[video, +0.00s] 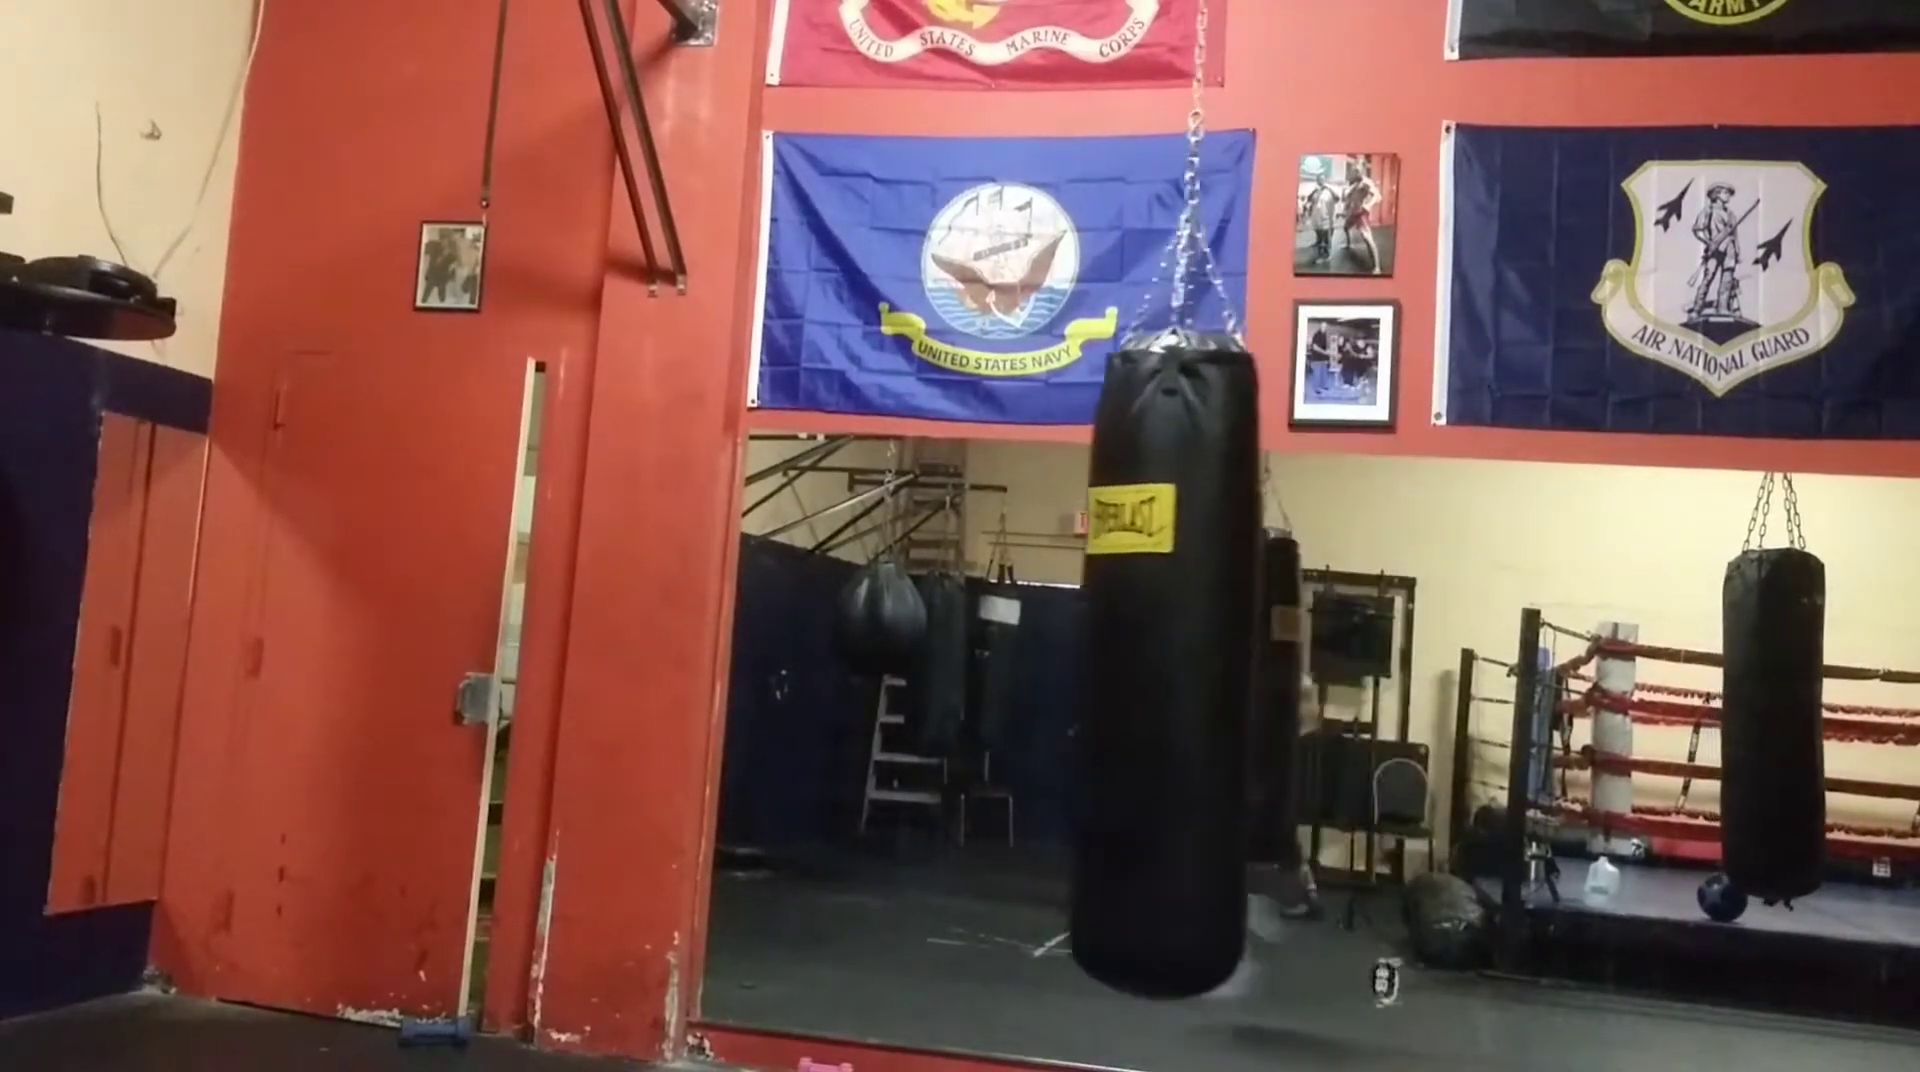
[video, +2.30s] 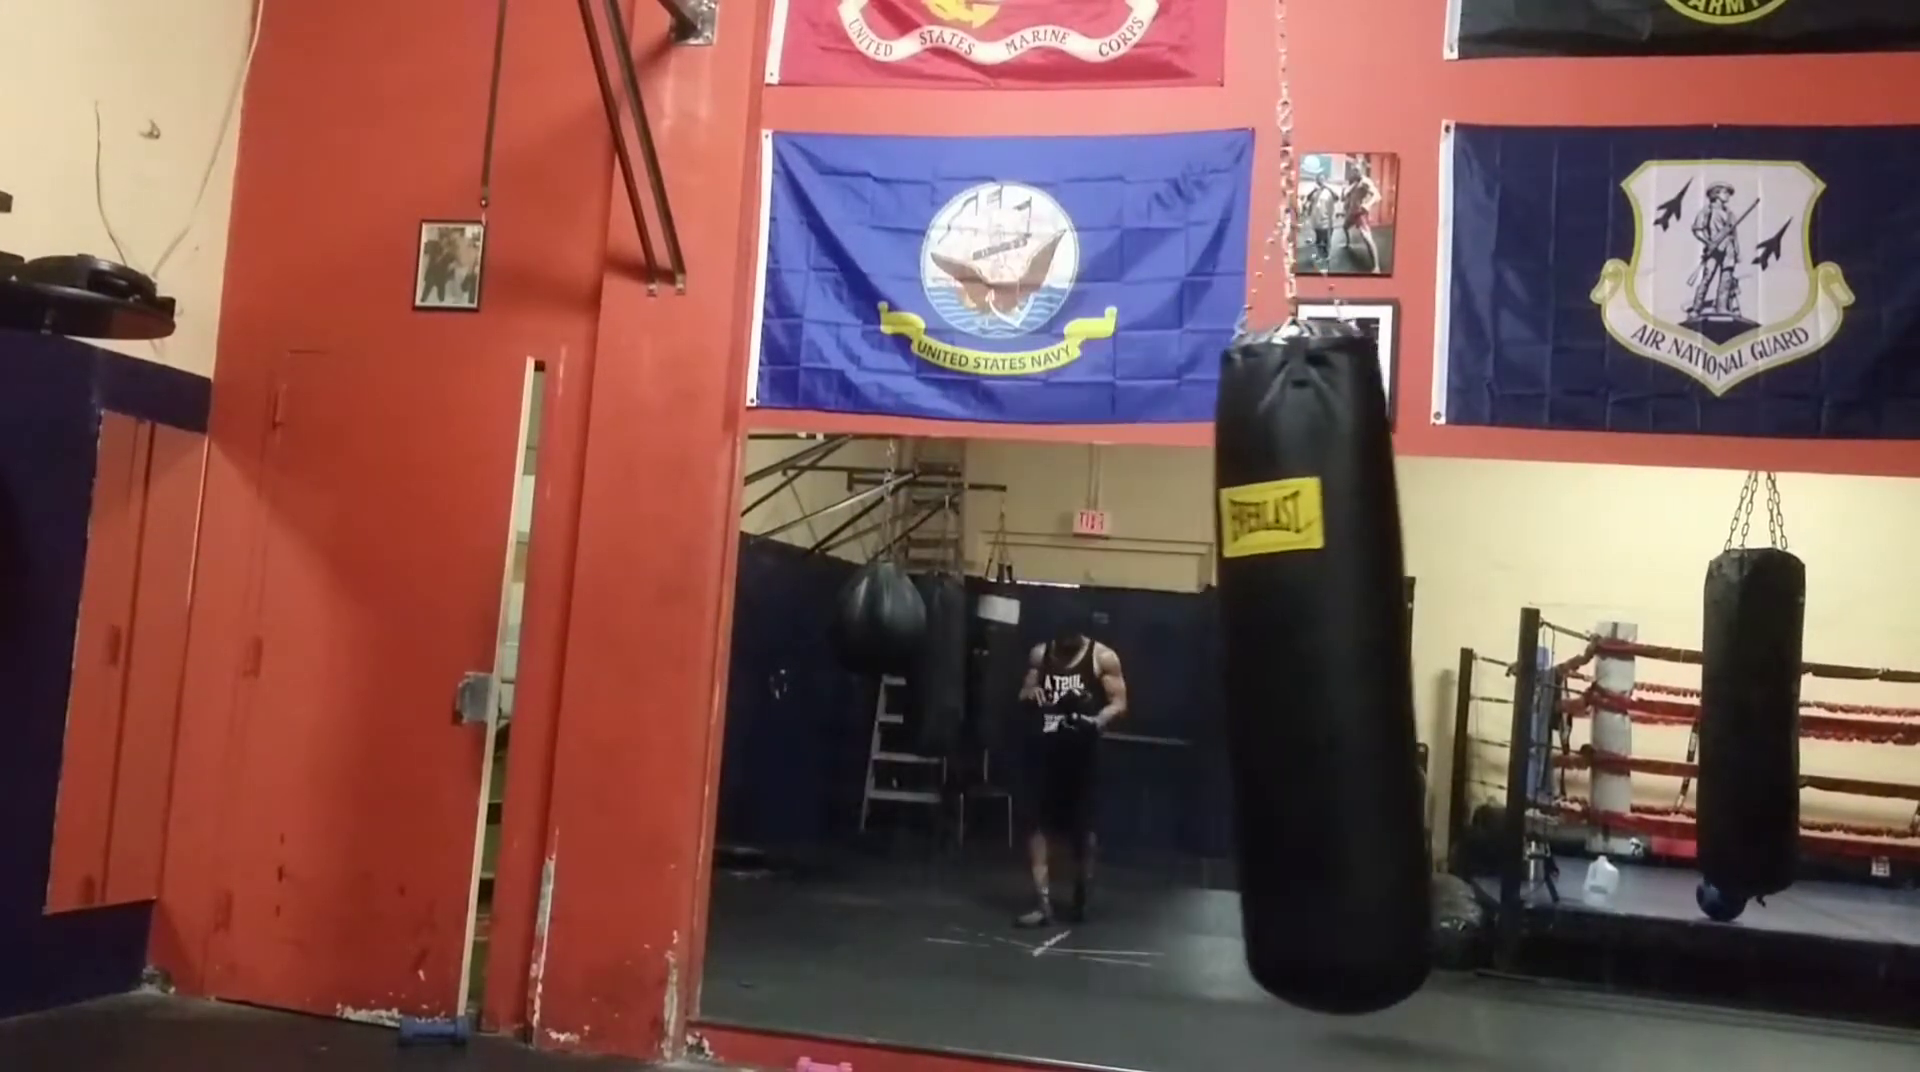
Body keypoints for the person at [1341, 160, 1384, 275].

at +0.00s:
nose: (1352, 175)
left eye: (1354, 172)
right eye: (1351, 172)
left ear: (1359, 173)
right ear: (1351, 174)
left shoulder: (1365, 183)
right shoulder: (1351, 186)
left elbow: (1377, 195)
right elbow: (1346, 200)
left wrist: (1367, 206)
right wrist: (1345, 212)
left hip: (1361, 212)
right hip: (1351, 212)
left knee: (1366, 236)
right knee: (1345, 228)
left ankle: (1376, 266)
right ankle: (1348, 244)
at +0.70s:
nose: (1353, 175)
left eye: (1355, 172)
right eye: (1352, 172)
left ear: (1359, 173)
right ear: (1351, 174)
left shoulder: (1365, 183)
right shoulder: (1351, 186)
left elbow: (1376, 196)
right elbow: (1345, 199)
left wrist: (1367, 207)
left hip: (1361, 212)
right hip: (1351, 213)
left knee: (1366, 237)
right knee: (1345, 228)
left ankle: (1376, 267)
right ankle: (1348, 245)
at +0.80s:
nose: (1353, 174)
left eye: (1356, 171)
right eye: (1352, 172)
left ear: (1360, 172)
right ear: (1351, 173)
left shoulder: (1365, 182)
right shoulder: (1352, 184)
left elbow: (1377, 195)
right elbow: (1344, 197)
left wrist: (1367, 206)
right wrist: (1352, 187)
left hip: (1361, 211)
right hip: (1352, 212)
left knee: (1367, 237)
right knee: (1345, 227)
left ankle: (1376, 266)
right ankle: (1348, 244)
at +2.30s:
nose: (1352, 173)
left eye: (1355, 170)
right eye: (1351, 170)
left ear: (1359, 171)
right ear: (1351, 171)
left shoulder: (1365, 182)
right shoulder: (1351, 184)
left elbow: (1376, 195)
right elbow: (1344, 198)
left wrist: (1367, 205)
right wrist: (1344, 193)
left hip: (1361, 212)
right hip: (1351, 212)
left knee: (1366, 237)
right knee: (1345, 227)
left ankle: (1376, 266)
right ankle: (1347, 243)